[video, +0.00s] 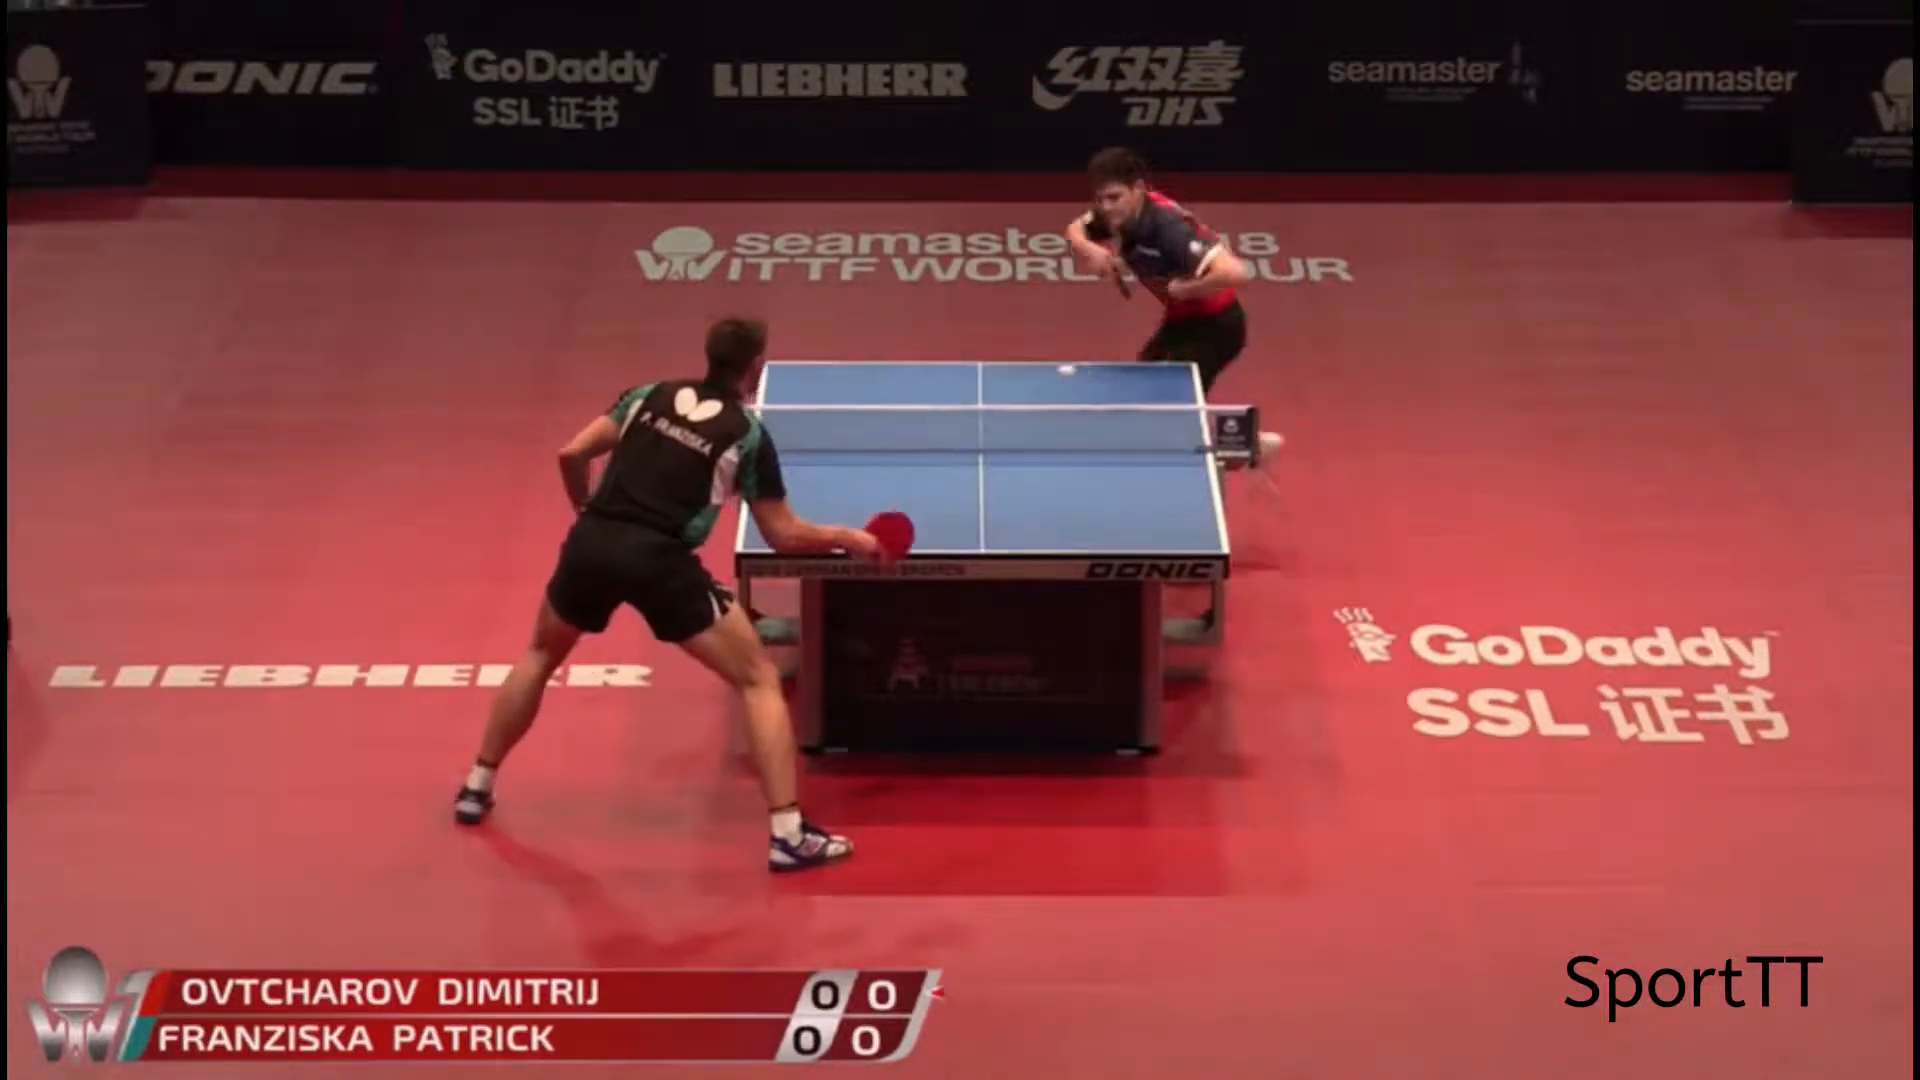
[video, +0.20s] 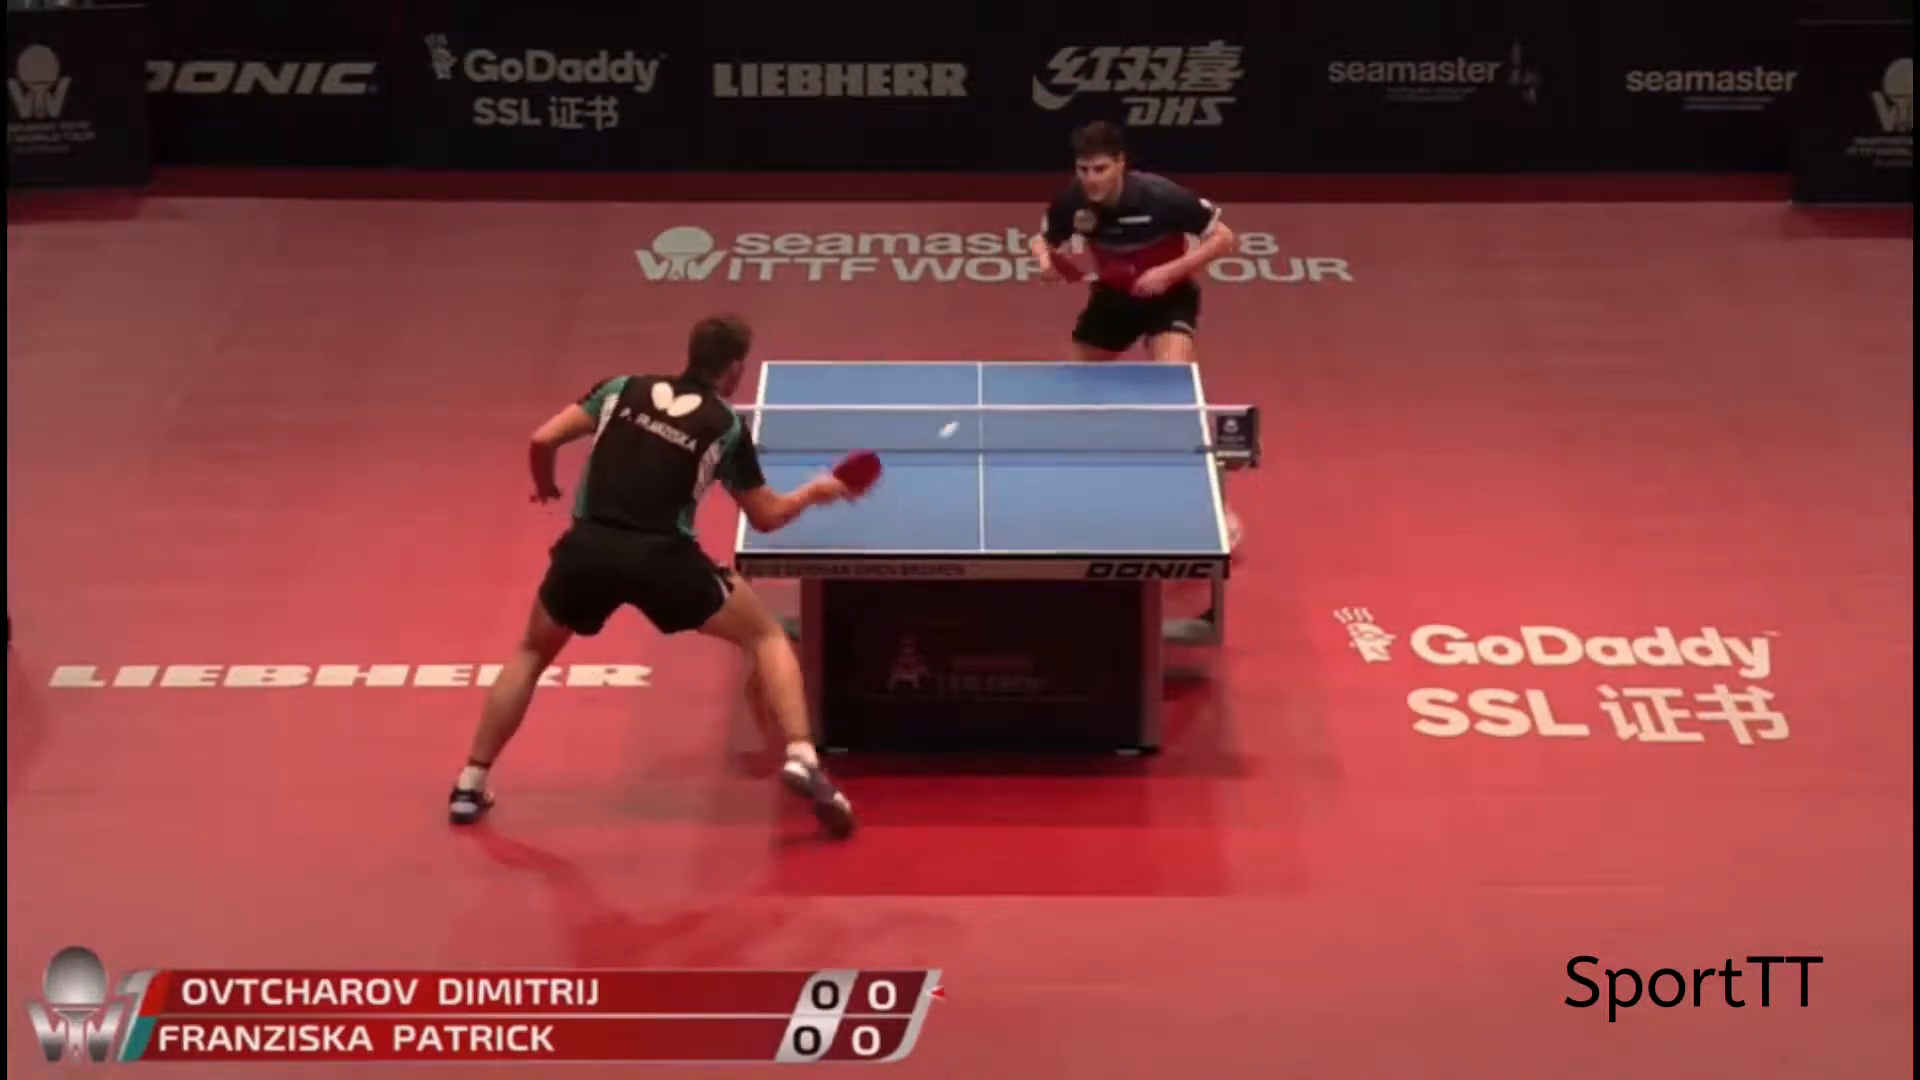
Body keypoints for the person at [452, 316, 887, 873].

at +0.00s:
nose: (762, 374)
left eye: (759, 366)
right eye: (761, 367)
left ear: (707, 362)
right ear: (752, 372)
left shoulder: (650, 396)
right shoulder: (748, 435)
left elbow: (572, 454)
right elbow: (783, 533)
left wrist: (587, 513)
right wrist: (847, 537)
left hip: (592, 545)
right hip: (660, 561)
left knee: (541, 655)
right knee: (758, 680)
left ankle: (475, 786)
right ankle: (790, 833)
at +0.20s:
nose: (741, 375)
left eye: (740, 365)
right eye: (741, 366)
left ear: (688, 356)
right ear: (732, 370)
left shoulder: (624, 389)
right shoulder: (726, 427)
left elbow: (543, 439)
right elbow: (766, 515)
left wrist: (543, 484)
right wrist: (812, 492)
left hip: (588, 548)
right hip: (664, 558)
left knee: (532, 654)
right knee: (765, 637)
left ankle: (470, 781)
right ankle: (801, 754)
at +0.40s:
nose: (760, 374)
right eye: (762, 366)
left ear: (713, 358)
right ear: (760, 371)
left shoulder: (678, 390)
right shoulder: (766, 426)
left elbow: (624, 440)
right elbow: (793, 472)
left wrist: (583, 462)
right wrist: (816, 477)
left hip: (656, 547)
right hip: (730, 553)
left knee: (566, 656)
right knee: (801, 642)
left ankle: (480, 773)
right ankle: (872, 753)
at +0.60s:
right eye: (778, 372)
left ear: (731, 369)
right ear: (778, 377)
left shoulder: (711, 407)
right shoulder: (797, 433)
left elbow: (679, 443)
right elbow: (812, 499)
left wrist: (608, 459)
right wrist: (810, 486)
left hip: (702, 563)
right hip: (776, 566)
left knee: (598, 657)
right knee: (820, 637)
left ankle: (508, 777)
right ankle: (881, 754)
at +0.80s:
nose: (783, 358)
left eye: (776, 349)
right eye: (784, 351)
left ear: (731, 349)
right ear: (780, 359)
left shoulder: (677, 389)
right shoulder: (787, 428)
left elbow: (610, 440)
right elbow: (826, 521)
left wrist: (601, 487)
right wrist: (849, 496)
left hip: (641, 540)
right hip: (716, 552)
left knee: (570, 655)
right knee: (807, 650)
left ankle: (504, 786)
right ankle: (846, 795)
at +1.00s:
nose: (782, 397)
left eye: (775, 385)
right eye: (782, 390)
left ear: (727, 384)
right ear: (772, 396)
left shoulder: (670, 431)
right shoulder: (773, 467)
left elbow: (599, 497)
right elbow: (813, 563)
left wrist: (620, 523)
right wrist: (864, 553)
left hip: (619, 585)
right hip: (692, 601)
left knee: (554, 680)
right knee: (801, 704)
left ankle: (470, 799)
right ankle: (777, 849)